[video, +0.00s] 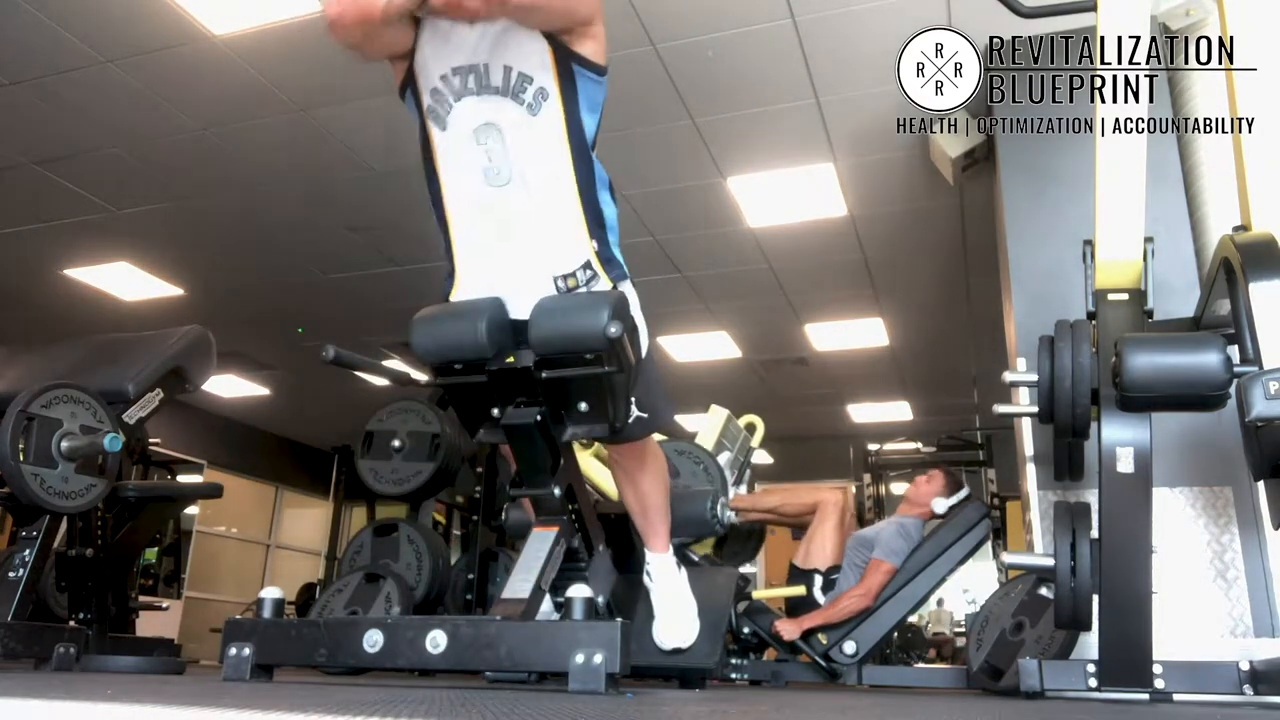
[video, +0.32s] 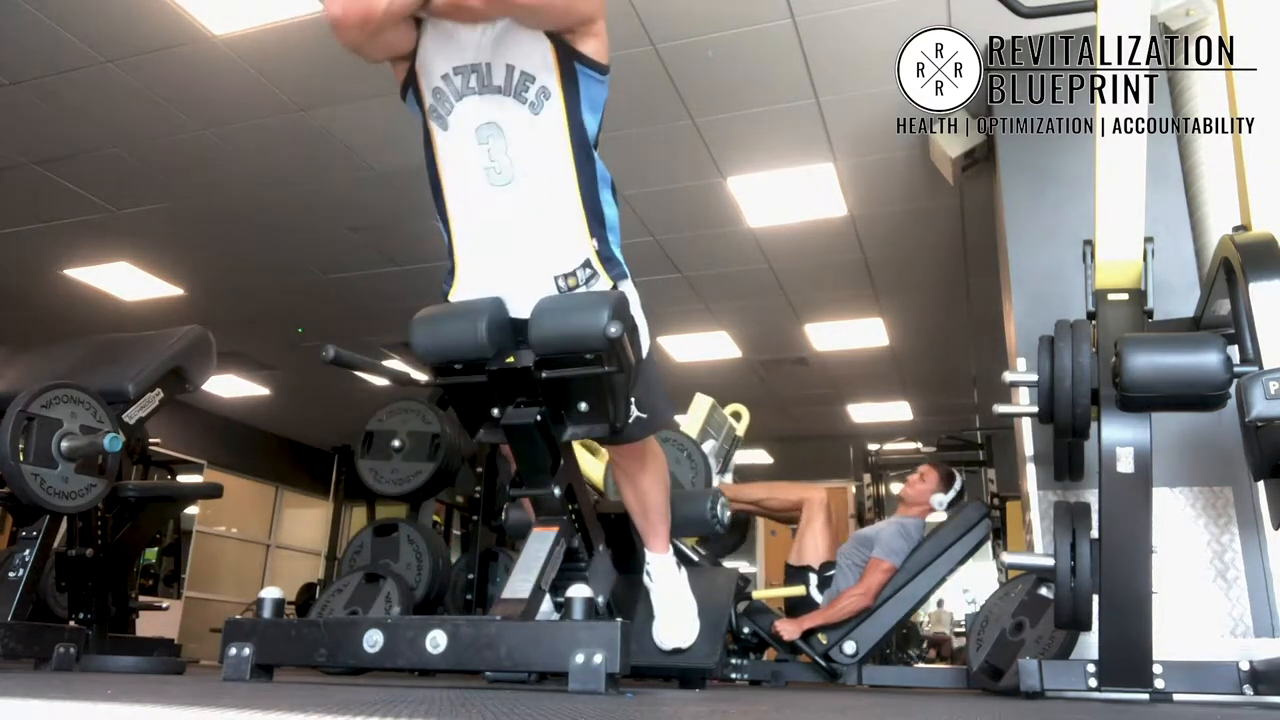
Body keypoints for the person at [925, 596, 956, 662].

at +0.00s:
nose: (940, 604)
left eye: (940, 603)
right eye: (941, 603)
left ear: (936, 603)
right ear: (943, 604)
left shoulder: (931, 613)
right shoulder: (949, 613)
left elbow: (927, 623)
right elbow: (951, 623)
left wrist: (925, 631)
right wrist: (951, 631)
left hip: (933, 631)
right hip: (944, 632)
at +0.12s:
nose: (941, 603)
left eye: (940, 602)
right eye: (941, 602)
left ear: (936, 603)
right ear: (943, 603)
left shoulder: (931, 612)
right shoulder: (949, 613)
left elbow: (929, 621)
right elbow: (951, 623)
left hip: (934, 631)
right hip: (945, 632)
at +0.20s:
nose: (941, 603)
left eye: (940, 602)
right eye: (941, 602)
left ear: (936, 603)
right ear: (943, 603)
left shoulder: (931, 612)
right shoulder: (949, 613)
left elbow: (928, 621)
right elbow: (951, 623)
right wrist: (951, 632)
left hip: (934, 631)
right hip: (945, 632)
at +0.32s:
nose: (940, 605)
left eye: (939, 604)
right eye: (941, 604)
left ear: (937, 605)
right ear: (943, 604)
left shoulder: (931, 614)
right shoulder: (949, 614)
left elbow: (928, 623)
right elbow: (952, 624)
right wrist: (951, 632)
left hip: (934, 632)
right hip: (945, 632)